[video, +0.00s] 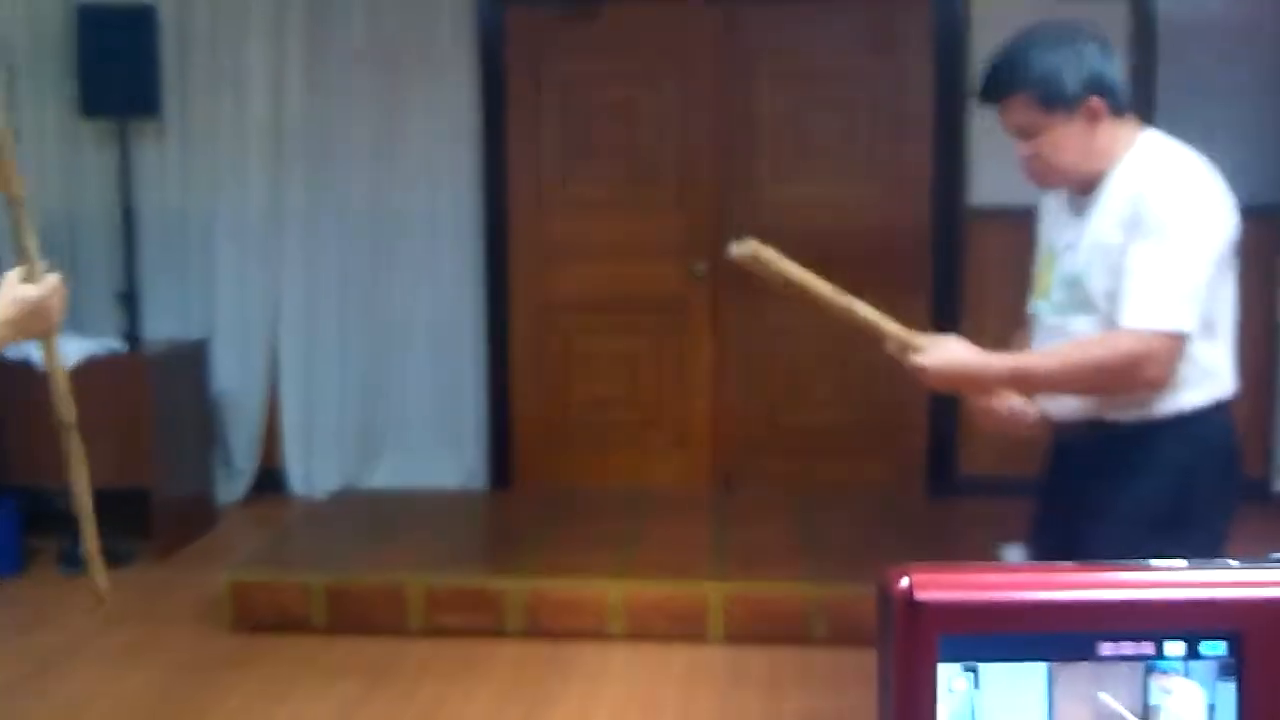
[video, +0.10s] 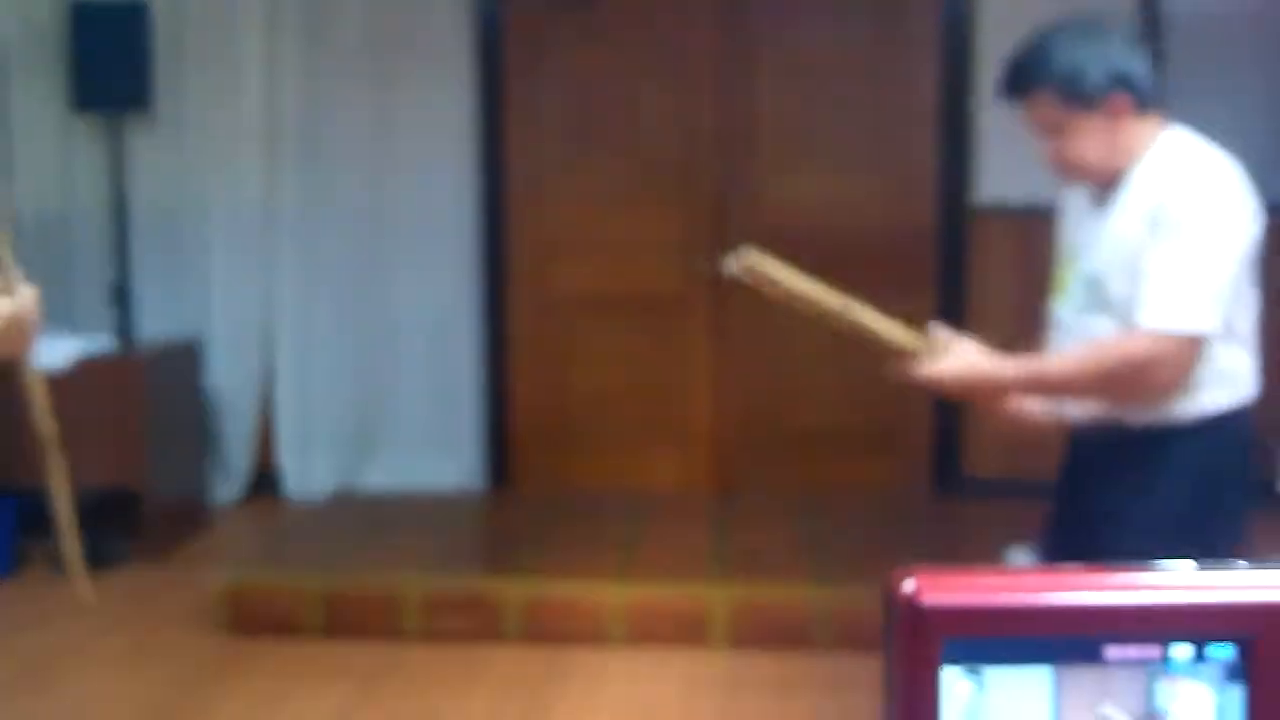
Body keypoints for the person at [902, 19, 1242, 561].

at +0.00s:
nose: (1024, 158)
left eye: (1032, 135)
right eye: (1017, 138)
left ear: (1093, 113)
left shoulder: (1178, 187)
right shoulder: (1062, 192)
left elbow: (1147, 359)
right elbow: (1054, 334)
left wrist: (984, 369)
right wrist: (1015, 395)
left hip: (1168, 458)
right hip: (1081, 451)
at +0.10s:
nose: (1048, 154)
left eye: (1057, 130)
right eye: (1042, 134)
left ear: (1117, 109)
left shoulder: (1201, 182)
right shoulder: (1085, 190)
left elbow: (1161, 362)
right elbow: (1089, 344)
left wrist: (996, 373)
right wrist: (1022, 399)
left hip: (1183, 460)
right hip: (1099, 453)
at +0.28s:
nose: (1081, 157)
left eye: (1088, 132)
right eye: (1074, 136)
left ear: (1148, 109)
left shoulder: (1232, 187)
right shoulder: (1116, 188)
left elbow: (1212, 371)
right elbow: (1108, 335)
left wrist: (1063, 399)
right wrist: (1046, 387)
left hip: (1208, 471)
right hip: (1112, 462)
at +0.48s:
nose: (1127, 155)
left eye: (1136, 135)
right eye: (1120, 137)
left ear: (1202, 115)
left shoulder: (1267, 193)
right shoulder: (1146, 198)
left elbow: (1265, 381)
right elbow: (1136, 340)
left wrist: (1109, 398)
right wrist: (1086, 403)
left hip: (1241, 480)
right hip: (1140, 472)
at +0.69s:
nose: (1164, 168)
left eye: (1175, 150)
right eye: (1157, 150)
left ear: (1247, 128)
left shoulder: (1272, 221)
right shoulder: (1177, 206)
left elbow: (1274, 411)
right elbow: (1154, 328)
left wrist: (1162, 439)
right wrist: (1095, 421)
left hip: (1259, 495)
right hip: (1172, 493)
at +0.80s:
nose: (1179, 172)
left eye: (1189, 154)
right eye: (1172, 155)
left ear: (1260, 133)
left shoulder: (1273, 224)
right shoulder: (1185, 204)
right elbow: (1170, 329)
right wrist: (1106, 441)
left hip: (1260, 479)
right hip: (1179, 468)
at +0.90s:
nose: (1182, 180)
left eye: (1190, 160)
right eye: (1173, 163)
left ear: (1260, 135)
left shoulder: (1272, 224)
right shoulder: (1192, 210)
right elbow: (1191, 344)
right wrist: (1135, 445)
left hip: (1261, 479)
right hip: (1177, 474)